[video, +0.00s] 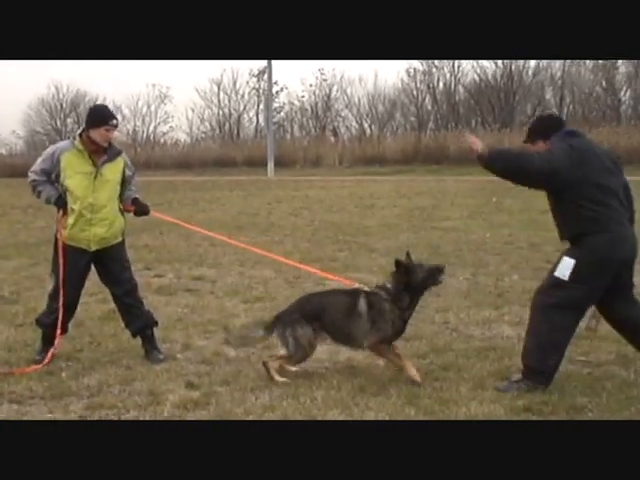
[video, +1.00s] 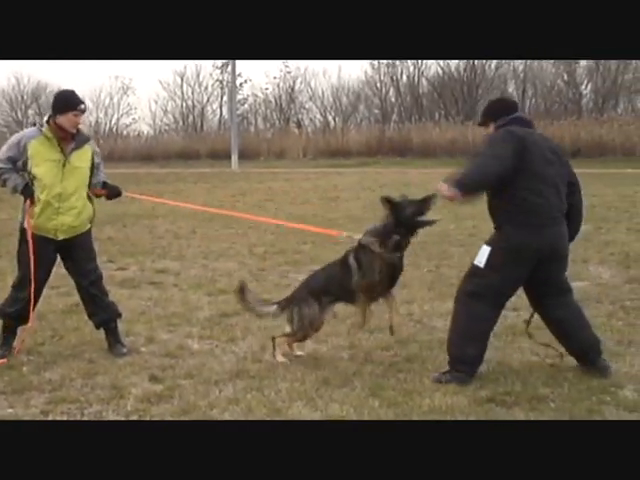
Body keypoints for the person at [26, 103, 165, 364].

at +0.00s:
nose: (111, 134)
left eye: (113, 129)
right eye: (107, 129)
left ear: (112, 130)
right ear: (90, 128)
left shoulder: (118, 157)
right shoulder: (61, 152)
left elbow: (128, 186)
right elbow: (37, 178)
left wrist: (132, 202)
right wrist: (56, 197)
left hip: (110, 238)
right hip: (73, 239)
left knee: (127, 291)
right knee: (65, 295)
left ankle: (149, 342)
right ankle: (48, 344)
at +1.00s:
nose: (79, 119)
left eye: (81, 114)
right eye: (74, 114)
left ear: (80, 116)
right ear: (57, 115)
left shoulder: (87, 145)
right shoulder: (28, 140)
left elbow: (96, 176)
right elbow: (4, 166)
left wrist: (101, 188)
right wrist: (21, 185)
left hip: (77, 229)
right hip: (38, 230)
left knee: (91, 283)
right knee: (28, 286)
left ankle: (113, 335)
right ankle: (7, 335)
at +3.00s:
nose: (85, 100)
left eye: (86, 95)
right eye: (80, 95)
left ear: (82, 96)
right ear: (63, 95)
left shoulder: (87, 124)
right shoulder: (32, 120)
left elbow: (90, 156)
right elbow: (7, 150)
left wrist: (100, 165)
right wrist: (33, 169)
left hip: (85, 207)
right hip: (49, 208)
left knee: (99, 259)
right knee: (38, 264)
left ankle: (115, 313)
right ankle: (16, 313)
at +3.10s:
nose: (81, 97)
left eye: (82, 92)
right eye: (76, 92)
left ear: (77, 94)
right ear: (59, 93)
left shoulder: (80, 122)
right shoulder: (29, 117)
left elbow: (82, 156)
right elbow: (4, 147)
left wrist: (103, 164)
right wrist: (29, 167)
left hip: (79, 206)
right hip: (44, 207)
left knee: (92, 259)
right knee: (33, 265)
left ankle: (111, 311)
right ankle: (12, 315)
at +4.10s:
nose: (15, 100)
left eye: (17, 94)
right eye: (10, 94)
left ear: (19, 96)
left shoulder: (25, 127)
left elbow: (37, 160)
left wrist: (49, 170)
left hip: (16, 209)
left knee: (31, 263)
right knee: (28, 262)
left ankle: (52, 316)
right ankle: (51, 316)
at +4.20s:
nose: (11, 101)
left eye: (13, 96)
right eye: (6, 95)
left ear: (15, 98)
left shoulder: (21, 130)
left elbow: (33, 164)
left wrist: (44, 173)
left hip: (12, 211)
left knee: (25, 265)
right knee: (23, 265)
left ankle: (46, 319)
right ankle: (45, 318)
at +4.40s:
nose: (3, 101)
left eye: (5, 95)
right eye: (1, 95)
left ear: (9, 98)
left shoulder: (14, 128)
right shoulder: (12, 129)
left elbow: (29, 158)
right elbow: (29, 156)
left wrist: (38, 173)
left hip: (8, 209)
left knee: (16, 264)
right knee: (14, 264)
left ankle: (38, 319)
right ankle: (37, 317)